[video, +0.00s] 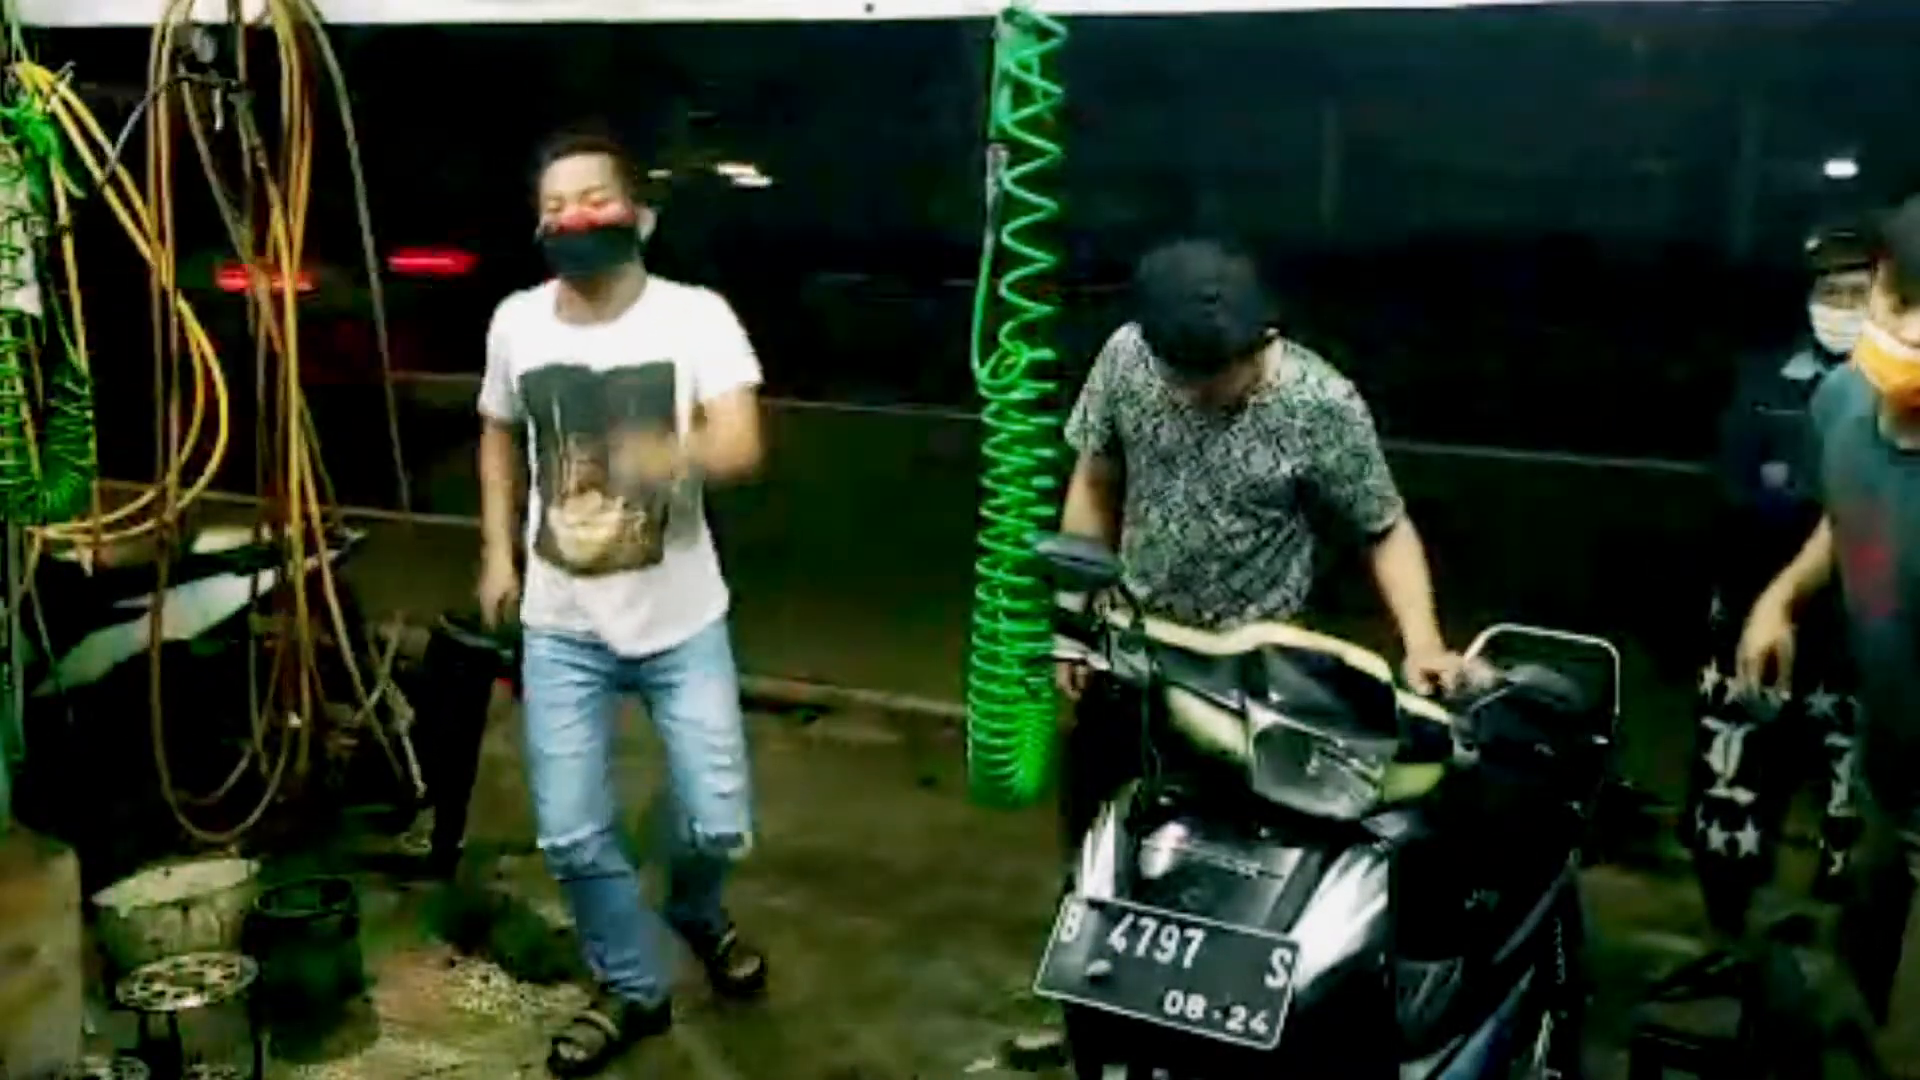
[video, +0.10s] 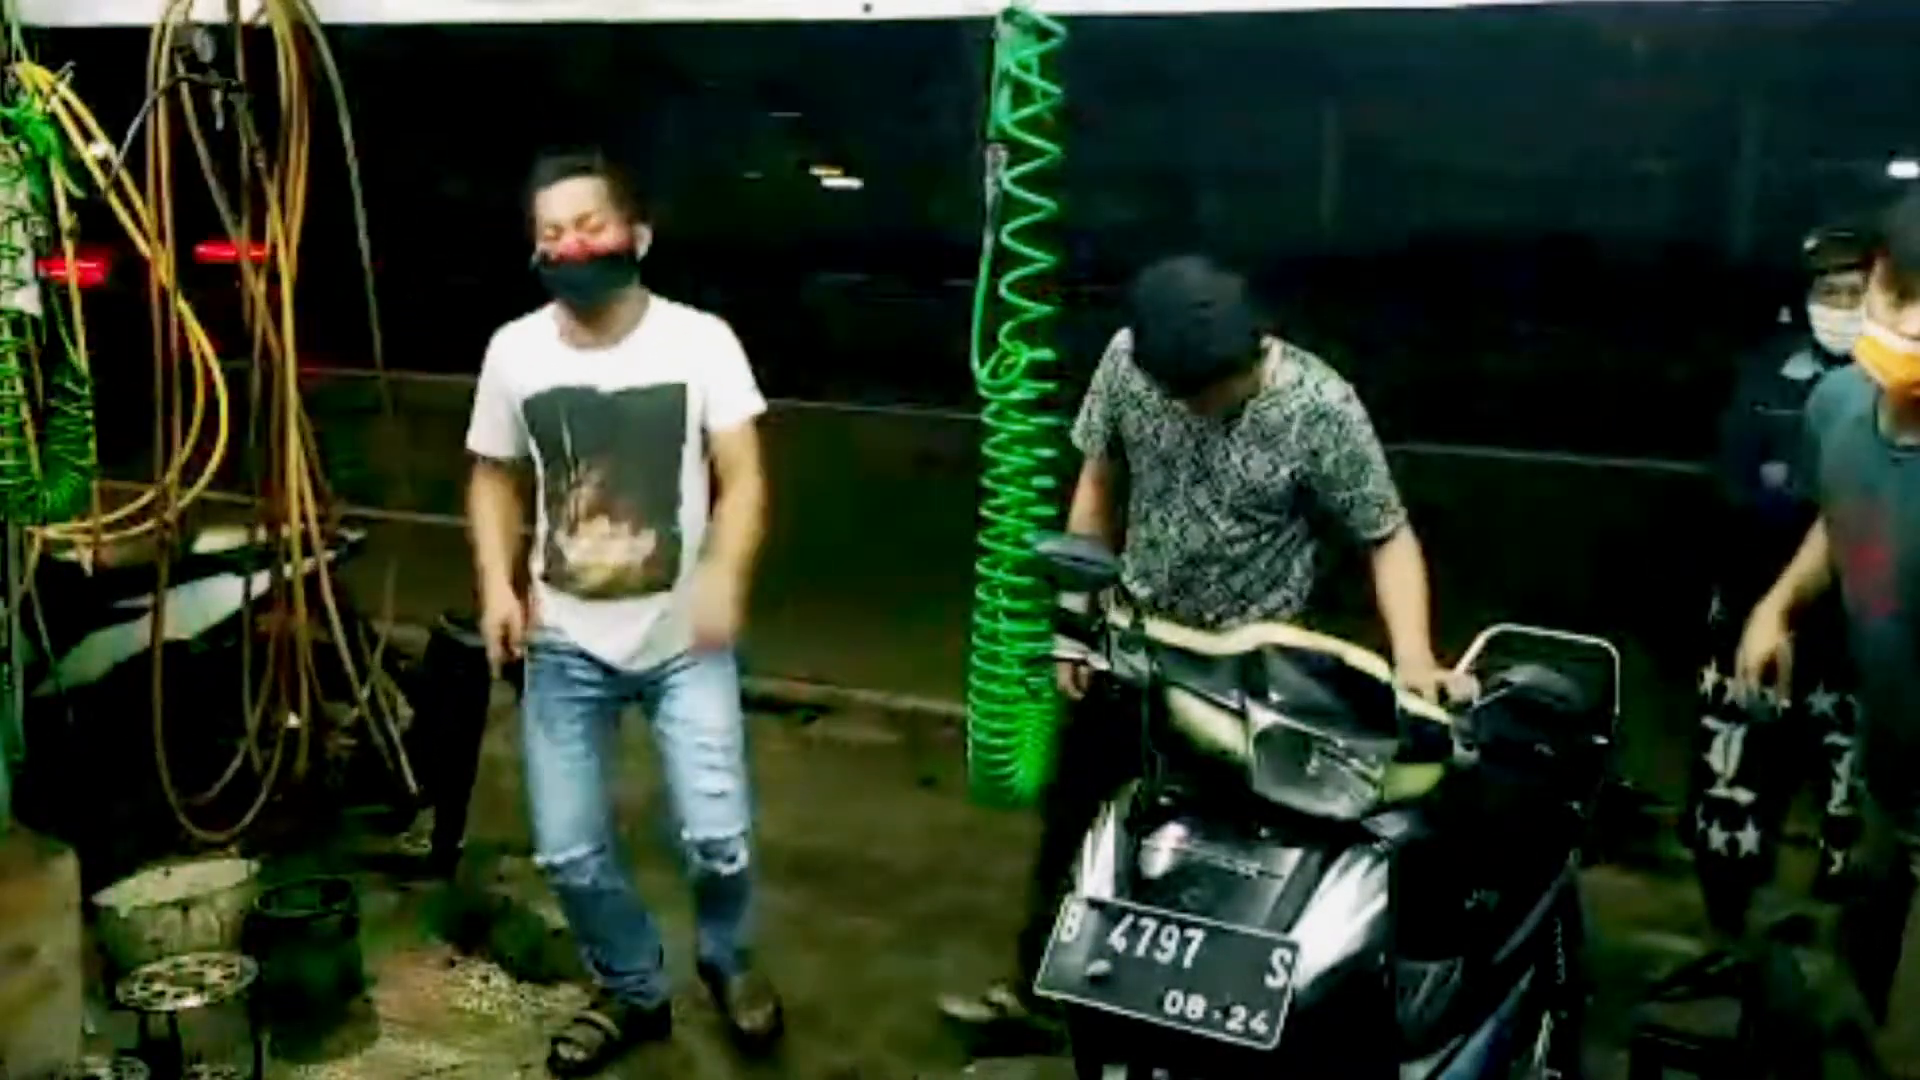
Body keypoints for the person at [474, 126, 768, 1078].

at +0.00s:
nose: (579, 217)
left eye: (596, 198)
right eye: (560, 204)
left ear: (635, 208)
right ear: (540, 223)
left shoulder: (696, 316)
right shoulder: (517, 326)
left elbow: (739, 448)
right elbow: (499, 438)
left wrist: (652, 458)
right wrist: (498, 552)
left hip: (680, 611)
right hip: (561, 617)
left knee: (718, 820)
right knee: (570, 833)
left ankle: (695, 913)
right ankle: (632, 989)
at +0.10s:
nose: (576, 245)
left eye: (591, 223)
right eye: (556, 232)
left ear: (635, 229)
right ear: (538, 249)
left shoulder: (701, 343)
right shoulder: (515, 353)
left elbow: (744, 479)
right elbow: (493, 475)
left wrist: (722, 578)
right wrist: (498, 584)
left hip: (686, 637)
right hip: (564, 642)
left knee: (717, 839)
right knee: (568, 852)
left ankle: (728, 960)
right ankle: (634, 993)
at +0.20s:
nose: (587, 245)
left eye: (602, 224)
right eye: (567, 231)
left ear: (647, 227)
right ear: (548, 246)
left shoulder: (712, 335)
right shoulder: (519, 344)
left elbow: (777, 441)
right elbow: (462, 460)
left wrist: (800, 553)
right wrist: (472, 519)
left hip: (695, 628)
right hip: (571, 635)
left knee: (720, 836)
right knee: (579, 848)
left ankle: (751, 1027)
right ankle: (634, 999)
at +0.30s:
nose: (603, 233)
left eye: (620, 212)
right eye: (583, 218)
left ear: (664, 216)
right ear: (561, 232)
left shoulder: (721, 318)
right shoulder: (529, 326)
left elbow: (793, 397)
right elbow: (446, 426)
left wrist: (838, 496)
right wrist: (474, 450)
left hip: (704, 619)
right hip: (580, 627)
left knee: (727, 840)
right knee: (591, 844)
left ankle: (757, 1042)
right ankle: (634, 1000)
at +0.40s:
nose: (631, 227)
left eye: (650, 207)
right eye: (611, 211)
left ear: (692, 212)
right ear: (588, 223)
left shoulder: (735, 301)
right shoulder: (550, 310)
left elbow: (802, 352)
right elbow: (421, 394)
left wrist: (872, 434)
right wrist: (470, 376)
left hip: (723, 621)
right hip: (599, 630)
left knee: (742, 846)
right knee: (609, 850)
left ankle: (764, 1047)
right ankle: (633, 1002)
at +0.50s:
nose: (661, 227)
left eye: (681, 207)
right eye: (640, 210)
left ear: (719, 213)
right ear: (614, 220)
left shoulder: (759, 308)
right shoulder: (569, 310)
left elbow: (830, 371)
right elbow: (440, 395)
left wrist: (888, 463)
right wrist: (490, 377)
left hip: (743, 631)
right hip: (619, 634)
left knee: (757, 856)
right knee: (614, 852)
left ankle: (764, 1049)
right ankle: (632, 1001)